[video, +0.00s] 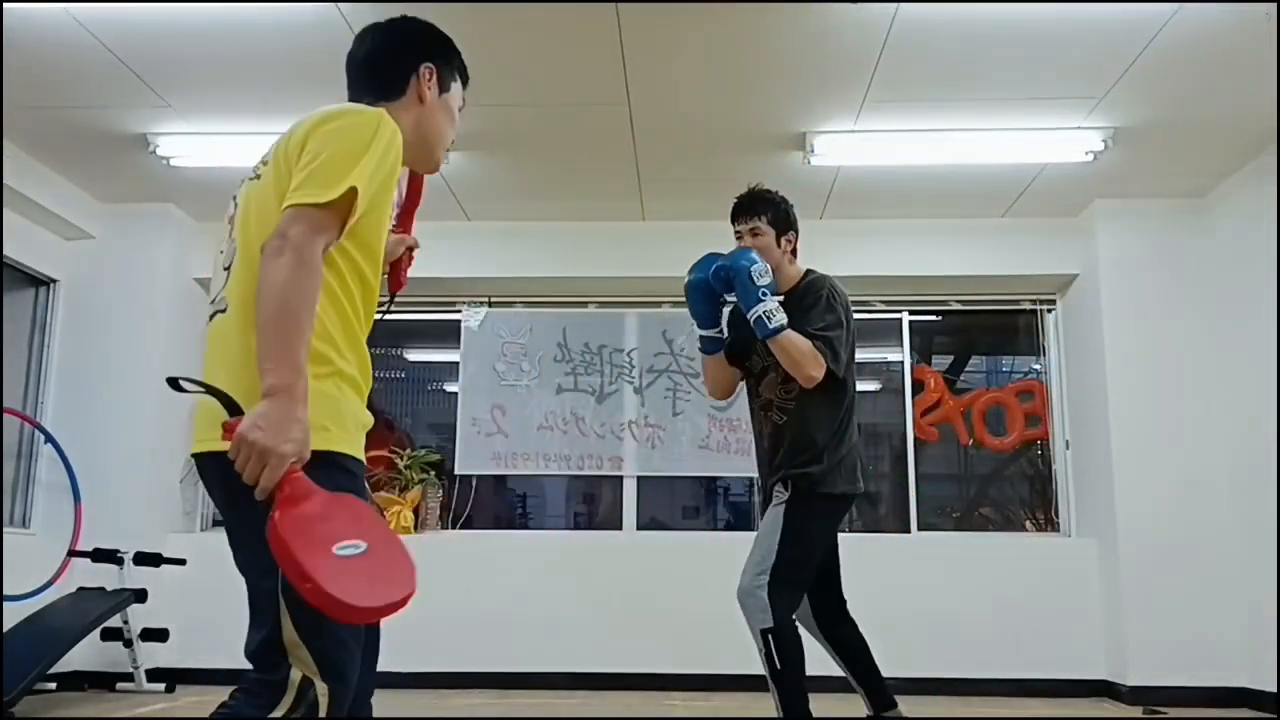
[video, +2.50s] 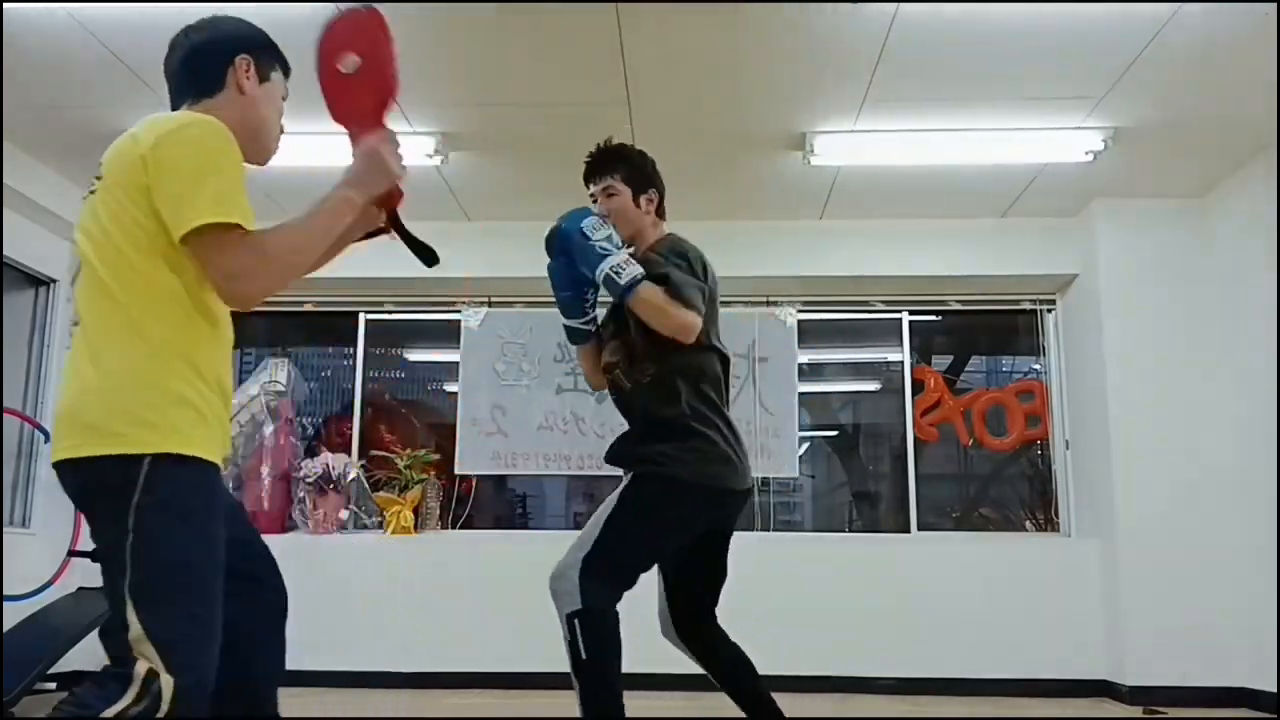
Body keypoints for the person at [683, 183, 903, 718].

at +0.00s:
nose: (744, 248)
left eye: (754, 235)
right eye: (738, 238)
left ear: (788, 240)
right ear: (737, 246)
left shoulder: (823, 295)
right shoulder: (752, 310)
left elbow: (812, 371)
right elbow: (721, 389)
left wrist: (760, 302)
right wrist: (709, 325)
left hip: (818, 475)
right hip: (785, 476)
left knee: (761, 594)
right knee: (820, 607)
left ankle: (796, 715)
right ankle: (885, 709)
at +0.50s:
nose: (727, 238)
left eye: (740, 226)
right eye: (722, 228)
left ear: (776, 235)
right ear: (719, 235)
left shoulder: (790, 287)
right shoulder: (737, 301)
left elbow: (740, 309)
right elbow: (693, 386)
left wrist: (677, 252)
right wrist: (680, 331)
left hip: (769, 478)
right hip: (757, 477)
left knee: (716, 610)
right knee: (745, 626)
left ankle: (753, 716)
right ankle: (837, 714)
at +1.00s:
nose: (698, 221)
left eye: (710, 209)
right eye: (694, 210)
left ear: (746, 214)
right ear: (697, 216)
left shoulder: (787, 271)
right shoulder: (717, 288)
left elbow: (814, 357)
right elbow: (711, 388)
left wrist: (736, 316)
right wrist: (678, 357)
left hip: (781, 462)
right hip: (744, 463)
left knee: (724, 589)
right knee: (776, 600)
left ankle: (746, 713)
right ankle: (831, 707)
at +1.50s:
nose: (701, 217)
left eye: (713, 205)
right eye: (695, 207)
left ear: (749, 216)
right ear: (696, 219)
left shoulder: (777, 274)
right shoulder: (704, 288)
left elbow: (775, 335)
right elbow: (665, 368)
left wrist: (716, 272)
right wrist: (656, 310)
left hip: (766, 470)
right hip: (742, 470)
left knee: (699, 591)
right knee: (787, 606)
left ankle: (742, 714)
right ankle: (848, 711)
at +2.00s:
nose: (651, 269)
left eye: (660, 256)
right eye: (647, 261)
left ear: (698, 260)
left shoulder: (717, 310)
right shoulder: (705, 324)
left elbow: (760, 373)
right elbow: (689, 435)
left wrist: (755, 455)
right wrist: (653, 375)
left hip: (729, 508)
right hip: (758, 509)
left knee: (626, 617)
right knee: (732, 629)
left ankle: (637, 716)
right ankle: (804, 714)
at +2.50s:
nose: (597, 211)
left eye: (608, 195)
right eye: (593, 201)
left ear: (648, 199)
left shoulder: (674, 255)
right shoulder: (626, 278)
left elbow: (686, 324)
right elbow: (598, 378)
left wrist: (611, 267)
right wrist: (576, 309)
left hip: (682, 466)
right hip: (716, 472)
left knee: (577, 584)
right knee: (688, 621)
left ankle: (604, 714)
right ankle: (772, 716)